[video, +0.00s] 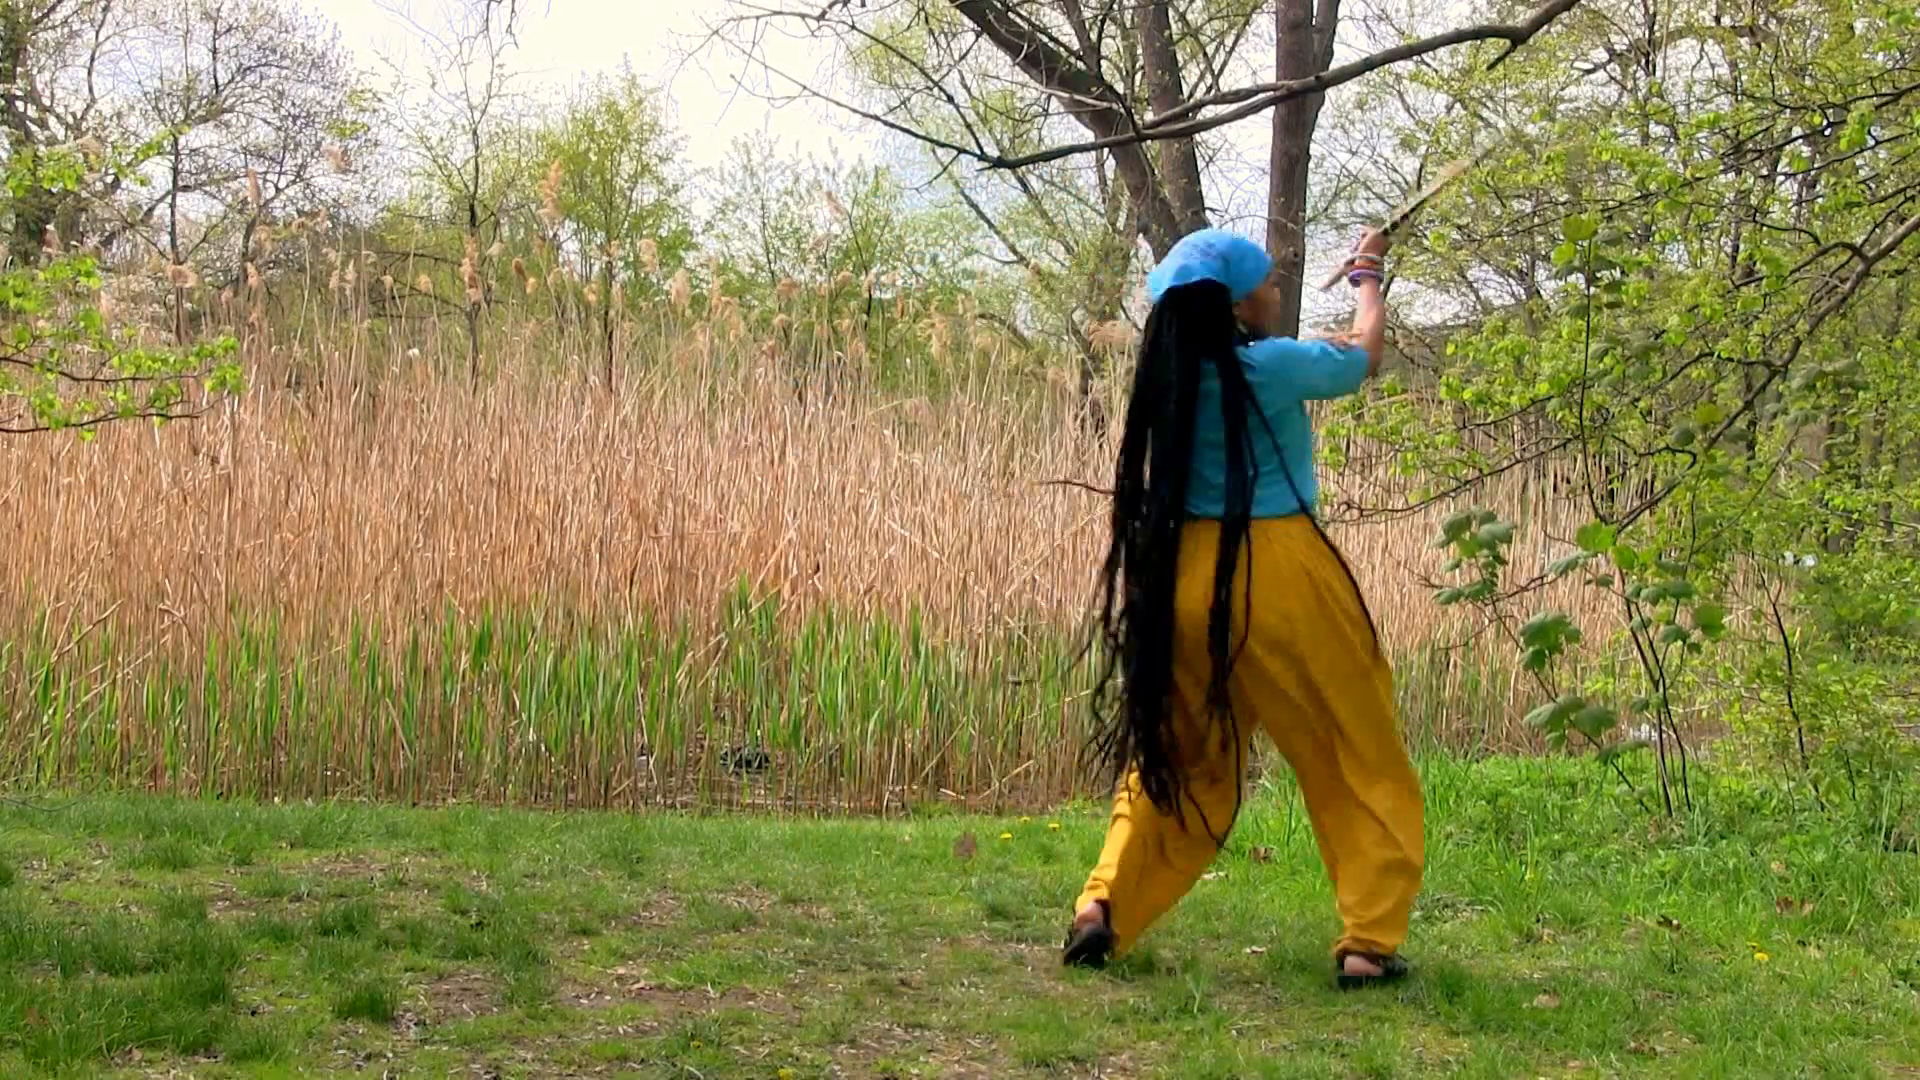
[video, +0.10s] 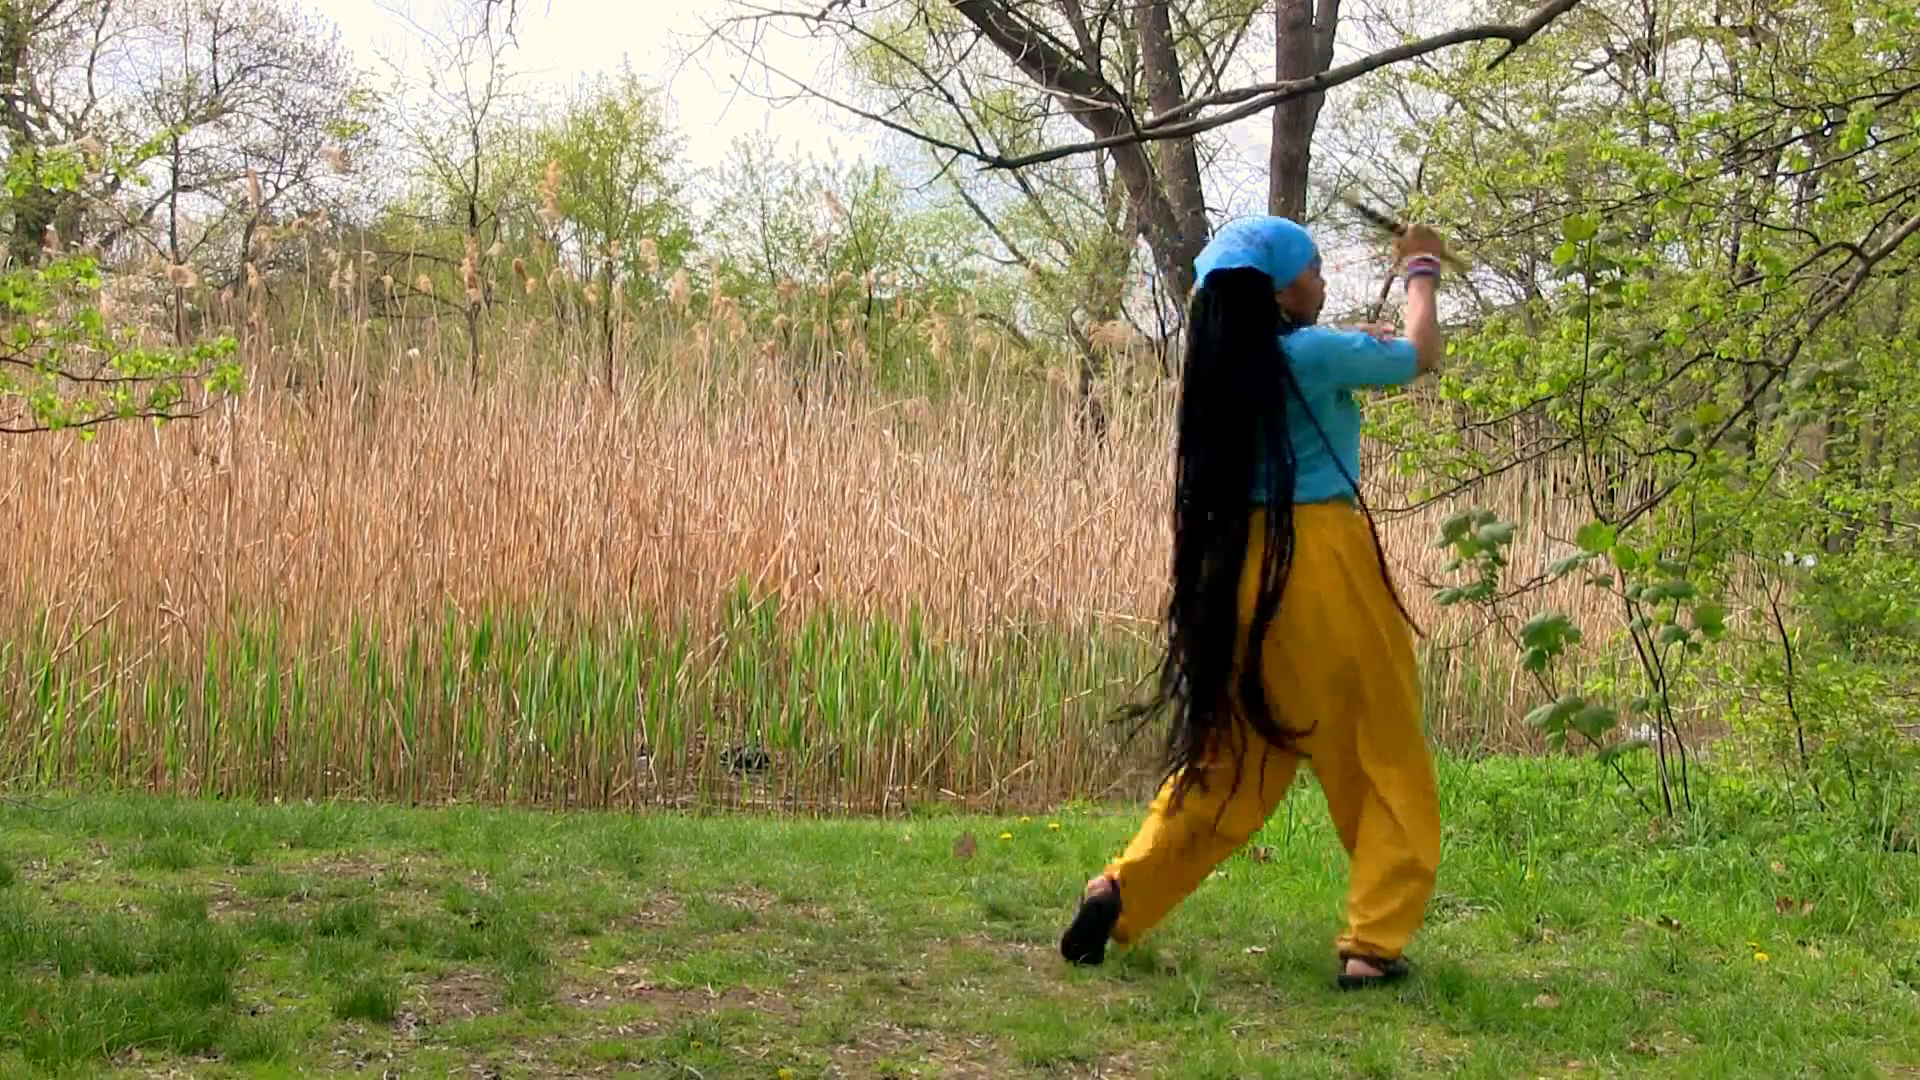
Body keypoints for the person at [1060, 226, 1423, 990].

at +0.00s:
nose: (1276, 289)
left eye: (1271, 278)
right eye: (1266, 279)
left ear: (1190, 304)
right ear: (1236, 301)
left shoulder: (1168, 371)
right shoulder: (1276, 362)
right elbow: (1361, 355)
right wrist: (1370, 278)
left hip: (1182, 567)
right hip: (1280, 568)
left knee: (1172, 750)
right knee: (1354, 749)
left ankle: (1101, 901)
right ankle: (1367, 941)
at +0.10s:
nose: (1322, 282)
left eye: (1318, 268)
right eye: (1312, 271)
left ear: (1240, 293)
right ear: (1276, 289)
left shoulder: (1220, 360)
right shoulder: (1313, 351)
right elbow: (1418, 353)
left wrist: (1396, 290)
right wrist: (1419, 276)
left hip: (1234, 557)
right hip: (1322, 557)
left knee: (1234, 749)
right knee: (1384, 750)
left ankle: (1122, 885)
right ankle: (1371, 945)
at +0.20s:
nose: (1361, 270)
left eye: (1356, 257)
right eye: (1351, 260)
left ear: (1295, 286)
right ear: (1317, 281)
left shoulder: (1281, 353)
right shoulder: (1337, 351)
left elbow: (1372, 416)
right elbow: (1453, 393)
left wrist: (1391, 345)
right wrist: (1498, 333)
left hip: (1291, 543)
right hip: (1353, 542)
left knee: (1321, 743)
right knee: (1405, 738)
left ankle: (1178, 829)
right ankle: (1375, 945)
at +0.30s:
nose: (1398, 270)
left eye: (1394, 258)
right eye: (1387, 260)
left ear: (1337, 280)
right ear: (1353, 278)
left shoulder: (1312, 342)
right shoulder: (1362, 355)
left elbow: (1440, 318)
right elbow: (1427, 475)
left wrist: (1471, 292)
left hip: (1312, 541)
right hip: (1363, 543)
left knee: (1419, 709)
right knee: (1420, 728)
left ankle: (1292, 794)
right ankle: (1377, 945)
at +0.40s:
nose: (1440, 269)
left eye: (1434, 256)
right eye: (1426, 259)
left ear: (1394, 279)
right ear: (1389, 281)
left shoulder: (1406, 323)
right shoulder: (1352, 365)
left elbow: (1516, 282)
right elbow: (1348, 491)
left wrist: (1634, 234)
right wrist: (1428, 572)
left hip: (1410, 542)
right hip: (1364, 554)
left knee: (1495, 669)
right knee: (1422, 723)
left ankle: (1417, 844)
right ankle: (1372, 939)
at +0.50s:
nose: (1473, 272)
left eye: (1467, 259)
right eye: (1459, 262)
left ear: (1434, 276)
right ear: (1417, 279)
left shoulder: (1454, 323)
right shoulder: (1352, 351)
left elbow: (1567, 302)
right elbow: (1295, 462)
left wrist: (1679, 276)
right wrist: (1320, 556)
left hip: (1444, 545)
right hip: (1379, 545)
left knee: (1518, 685)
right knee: (1432, 734)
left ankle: (1494, 870)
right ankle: (1363, 936)